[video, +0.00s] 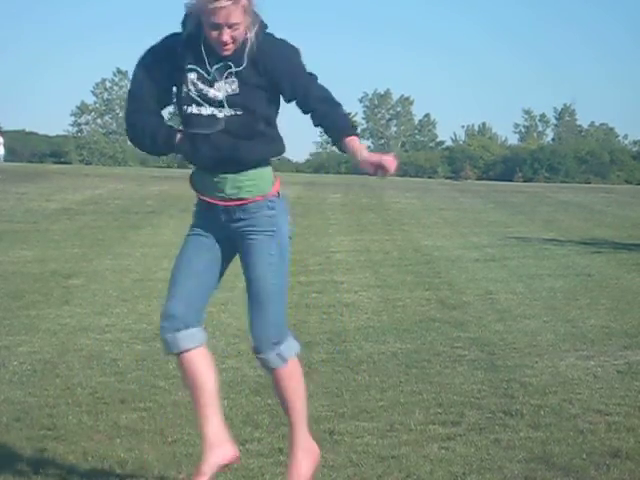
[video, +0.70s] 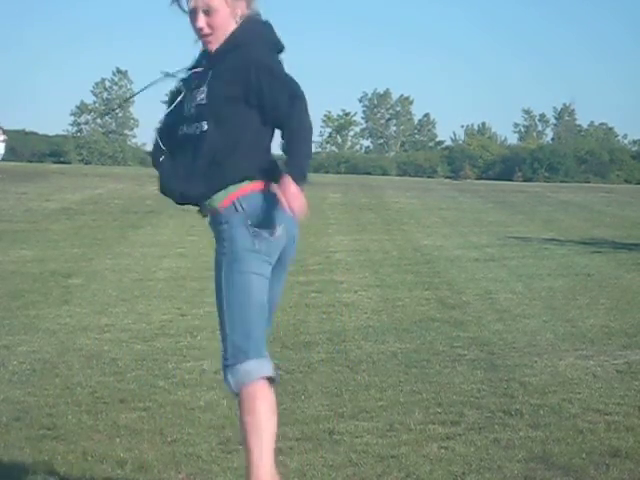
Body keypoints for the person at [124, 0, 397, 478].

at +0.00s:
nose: (225, 36)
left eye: (234, 25)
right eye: (215, 26)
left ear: (250, 16)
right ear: (198, 18)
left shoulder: (271, 53)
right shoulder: (173, 52)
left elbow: (316, 99)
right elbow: (139, 122)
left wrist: (359, 153)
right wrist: (185, 142)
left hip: (260, 212)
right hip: (209, 213)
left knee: (269, 339)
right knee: (179, 324)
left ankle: (304, 445)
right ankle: (217, 442)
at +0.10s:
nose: (222, 32)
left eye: (231, 23)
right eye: (213, 23)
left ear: (247, 21)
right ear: (198, 20)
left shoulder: (263, 64)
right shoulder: (178, 62)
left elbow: (291, 138)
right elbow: (151, 122)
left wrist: (333, 128)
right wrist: (168, 152)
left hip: (261, 220)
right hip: (225, 220)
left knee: (258, 337)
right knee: (221, 333)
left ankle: (265, 444)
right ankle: (241, 451)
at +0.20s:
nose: (211, 50)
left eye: (222, 41)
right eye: (202, 40)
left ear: (241, 47)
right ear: (192, 46)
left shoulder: (257, 98)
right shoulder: (187, 96)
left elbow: (288, 183)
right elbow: (177, 165)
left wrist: (278, 133)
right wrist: (192, 199)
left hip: (272, 258)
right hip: (221, 259)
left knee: (260, 378)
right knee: (218, 374)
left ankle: (264, 467)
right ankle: (263, 473)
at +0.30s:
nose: (210, 63)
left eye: (223, 55)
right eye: (202, 54)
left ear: (242, 65)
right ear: (193, 63)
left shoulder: (250, 113)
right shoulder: (198, 115)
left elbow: (266, 188)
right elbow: (207, 185)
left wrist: (217, 147)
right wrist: (186, 221)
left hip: (273, 281)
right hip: (218, 276)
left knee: (250, 409)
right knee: (201, 392)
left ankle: (247, 466)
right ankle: (258, 476)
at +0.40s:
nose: (215, 54)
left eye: (227, 46)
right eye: (207, 45)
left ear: (247, 53)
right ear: (200, 52)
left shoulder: (250, 93)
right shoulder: (210, 102)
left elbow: (231, 143)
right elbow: (215, 150)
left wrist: (173, 158)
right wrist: (176, 151)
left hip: (273, 273)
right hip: (216, 269)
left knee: (252, 402)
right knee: (204, 393)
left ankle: (270, 424)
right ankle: (260, 477)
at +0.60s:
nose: (206, 11)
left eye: (217, 0)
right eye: (198, 2)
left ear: (244, 1)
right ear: (190, 5)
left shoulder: (262, 57)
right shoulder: (188, 54)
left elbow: (299, 138)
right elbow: (170, 121)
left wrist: (246, 129)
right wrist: (177, 163)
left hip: (262, 207)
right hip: (241, 210)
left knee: (226, 341)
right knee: (236, 341)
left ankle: (305, 449)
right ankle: (254, 462)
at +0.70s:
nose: (199, 21)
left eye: (209, 10)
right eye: (193, 12)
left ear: (240, 9)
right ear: (189, 14)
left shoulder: (247, 56)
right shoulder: (215, 64)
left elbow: (294, 105)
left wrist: (295, 176)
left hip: (246, 215)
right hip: (263, 212)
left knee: (247, 360)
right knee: (250, 356)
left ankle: (262, 472)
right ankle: (264, 468)